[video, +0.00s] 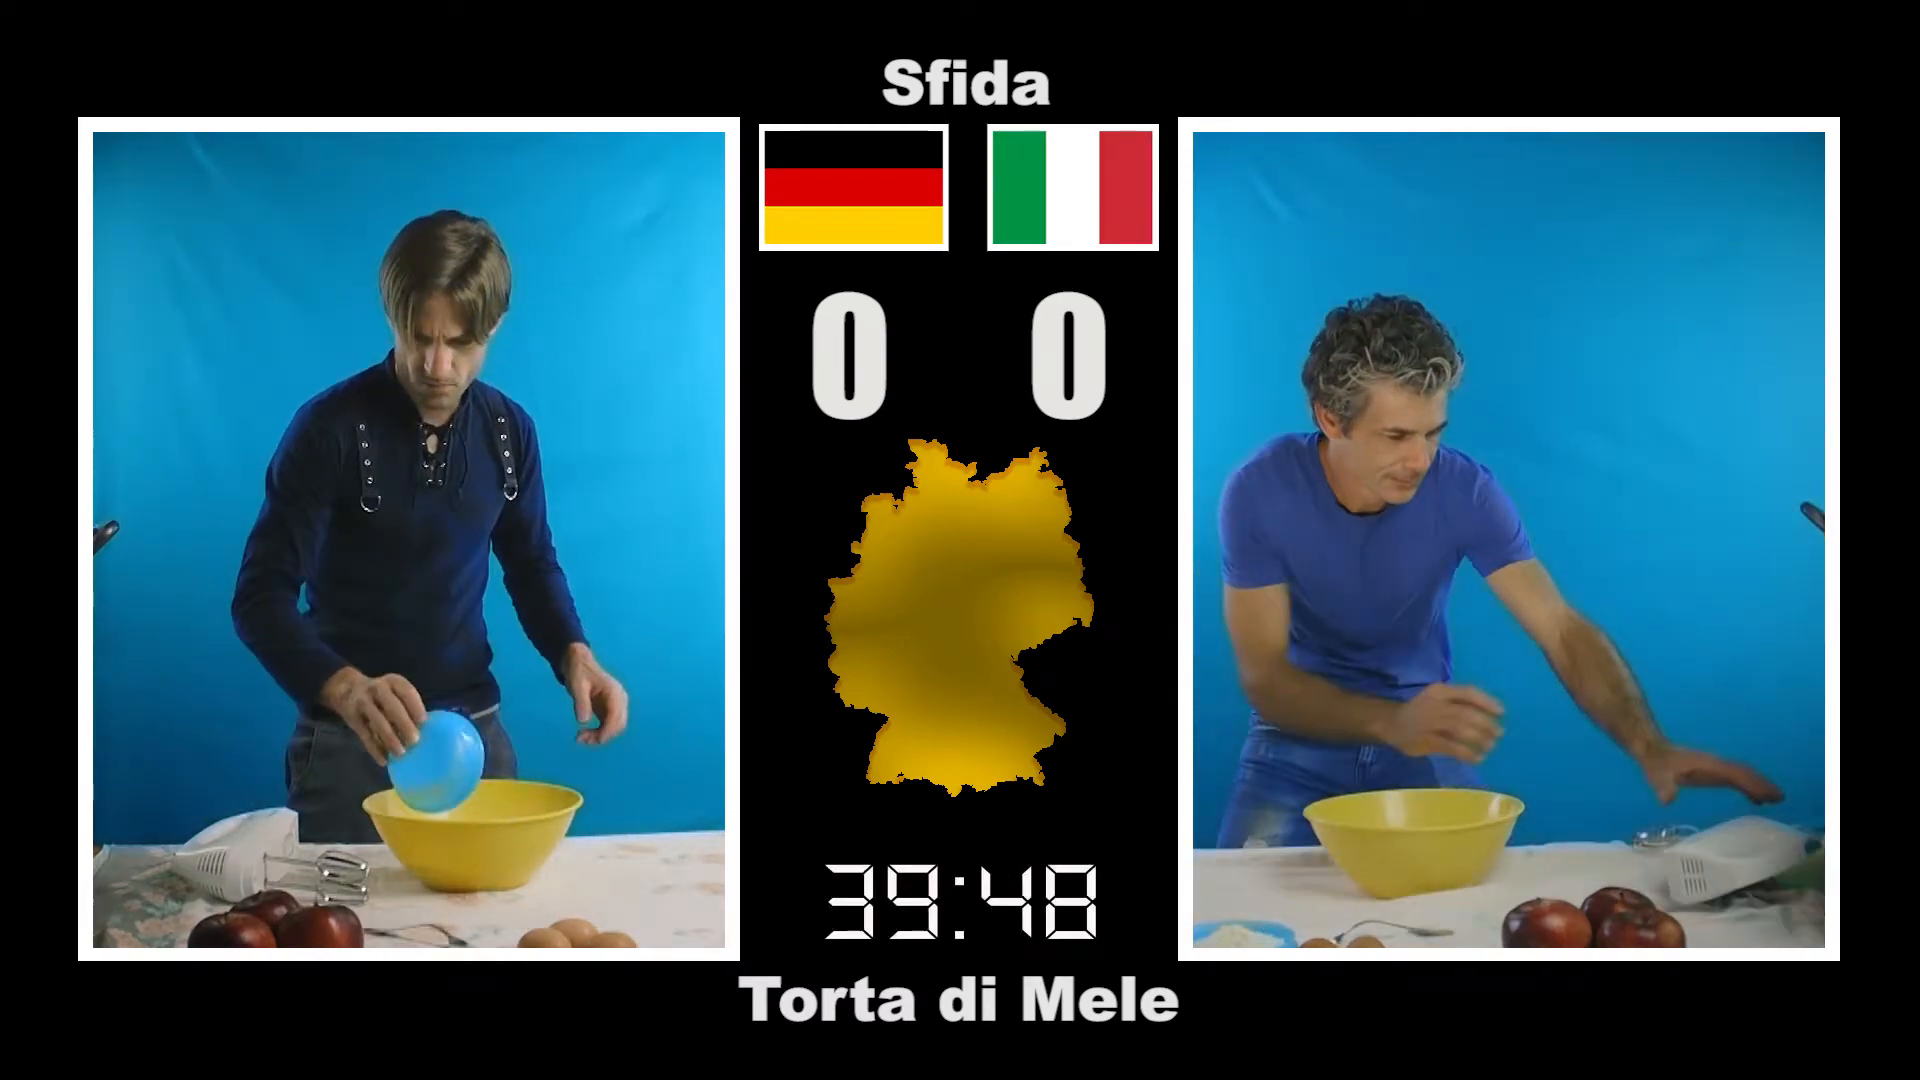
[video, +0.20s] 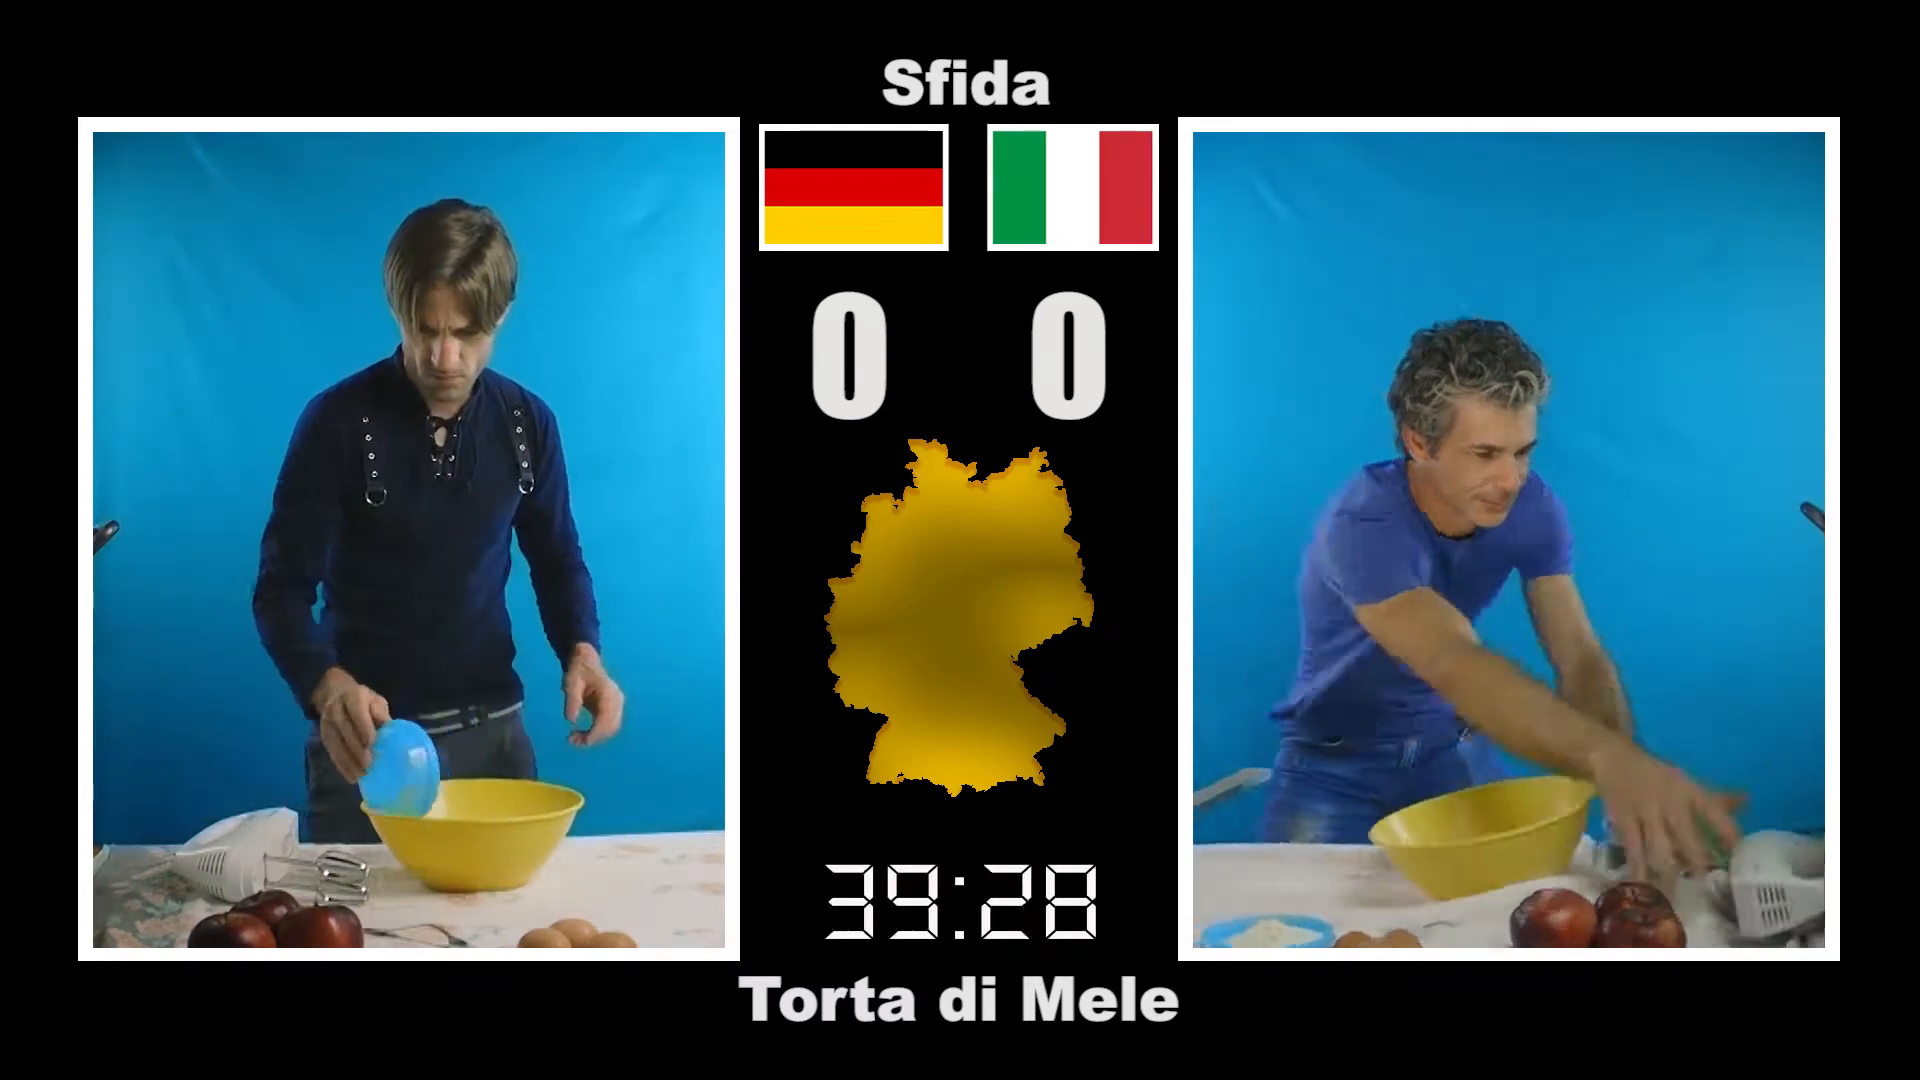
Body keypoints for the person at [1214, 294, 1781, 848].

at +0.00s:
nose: (1420, 460)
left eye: (1432, 433)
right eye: (1396, 438)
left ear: (1442, 411)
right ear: (1328, 421)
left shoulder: (1463, 493)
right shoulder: (1260, 495)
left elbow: (1561, 631)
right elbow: (1266, 684)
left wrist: (1651, 749)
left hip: (1419, 762)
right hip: (1294, 759)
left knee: (1436, 932)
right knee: (1254, 926)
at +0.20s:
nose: (1509, 479)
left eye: (1522, 452)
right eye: (1486, 454)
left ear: (1533, 439)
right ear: (1418, 445)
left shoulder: (1529, 507)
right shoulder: (1361, 524)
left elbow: (1578, 656)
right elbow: (1458, 667)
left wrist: (1624, 778)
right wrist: (1614, 763)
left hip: (1450, 761)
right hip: (1333, 769)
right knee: (1313, 937)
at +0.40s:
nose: (1612, 496)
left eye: (1630, 469)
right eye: (1589, 469)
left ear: (1644, 450)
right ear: (1524, 446)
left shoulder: (1630, 533)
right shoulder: (1449, 508)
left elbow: (1658, 690)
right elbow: (1467, 693)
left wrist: (1723, 794)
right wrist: (1616, 803)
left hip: (1500, 743)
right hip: (1383, 750)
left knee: (1524, 919)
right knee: (1361, 925)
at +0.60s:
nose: (1647, 465)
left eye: (1667, 438)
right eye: (1623, 435)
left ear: (1684, 419)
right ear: (1564, 407)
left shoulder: (1674, 500)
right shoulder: (1479, 478)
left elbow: (1699, 669)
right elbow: (1474, 688)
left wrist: (1755, 791)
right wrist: (1606, 808)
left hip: (1544, 709)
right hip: (1423, 704)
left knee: (1589, 903)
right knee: (1358, 892)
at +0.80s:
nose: (1624, 445)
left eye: (1646, 418)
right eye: (1598, 417)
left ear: (1666, 397)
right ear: (1546, 390)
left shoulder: (1675, 482)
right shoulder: (1472, 473)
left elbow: (1711, 653)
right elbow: (1481, 682)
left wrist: (1773, 783)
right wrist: (1612, 788)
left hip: (1562, 710)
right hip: (1440, 705)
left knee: (1600, 906)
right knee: (1373, 884)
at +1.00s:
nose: (1609, 422)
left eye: (1630, 395)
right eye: (1583, 395)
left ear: (1648, 374)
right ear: (1528, 368)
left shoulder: (1656, 467)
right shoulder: (1457, 448)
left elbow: (1702, 636)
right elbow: (1434, 644)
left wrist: (1789, 735)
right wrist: (1568, 696)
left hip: (1556, 729)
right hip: (1433, 719)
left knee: (1607, 922)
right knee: (1384, 922)